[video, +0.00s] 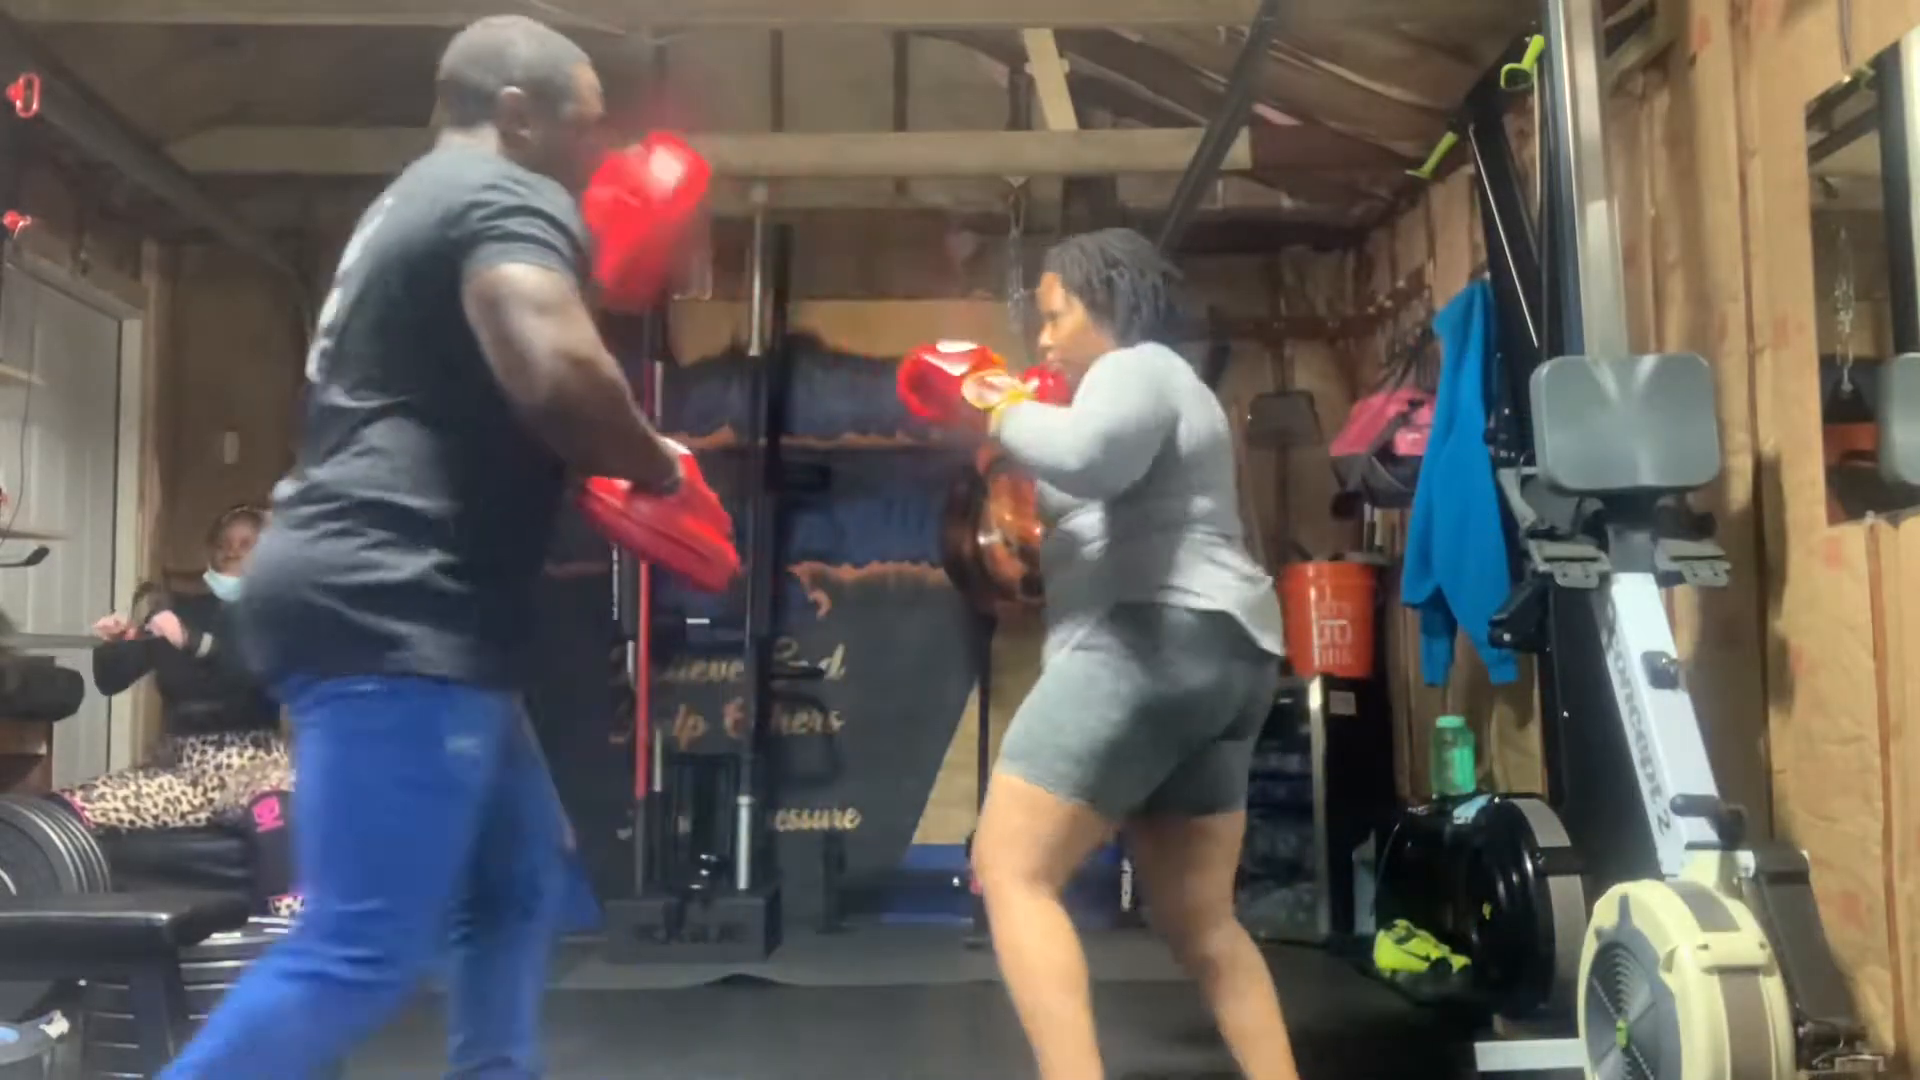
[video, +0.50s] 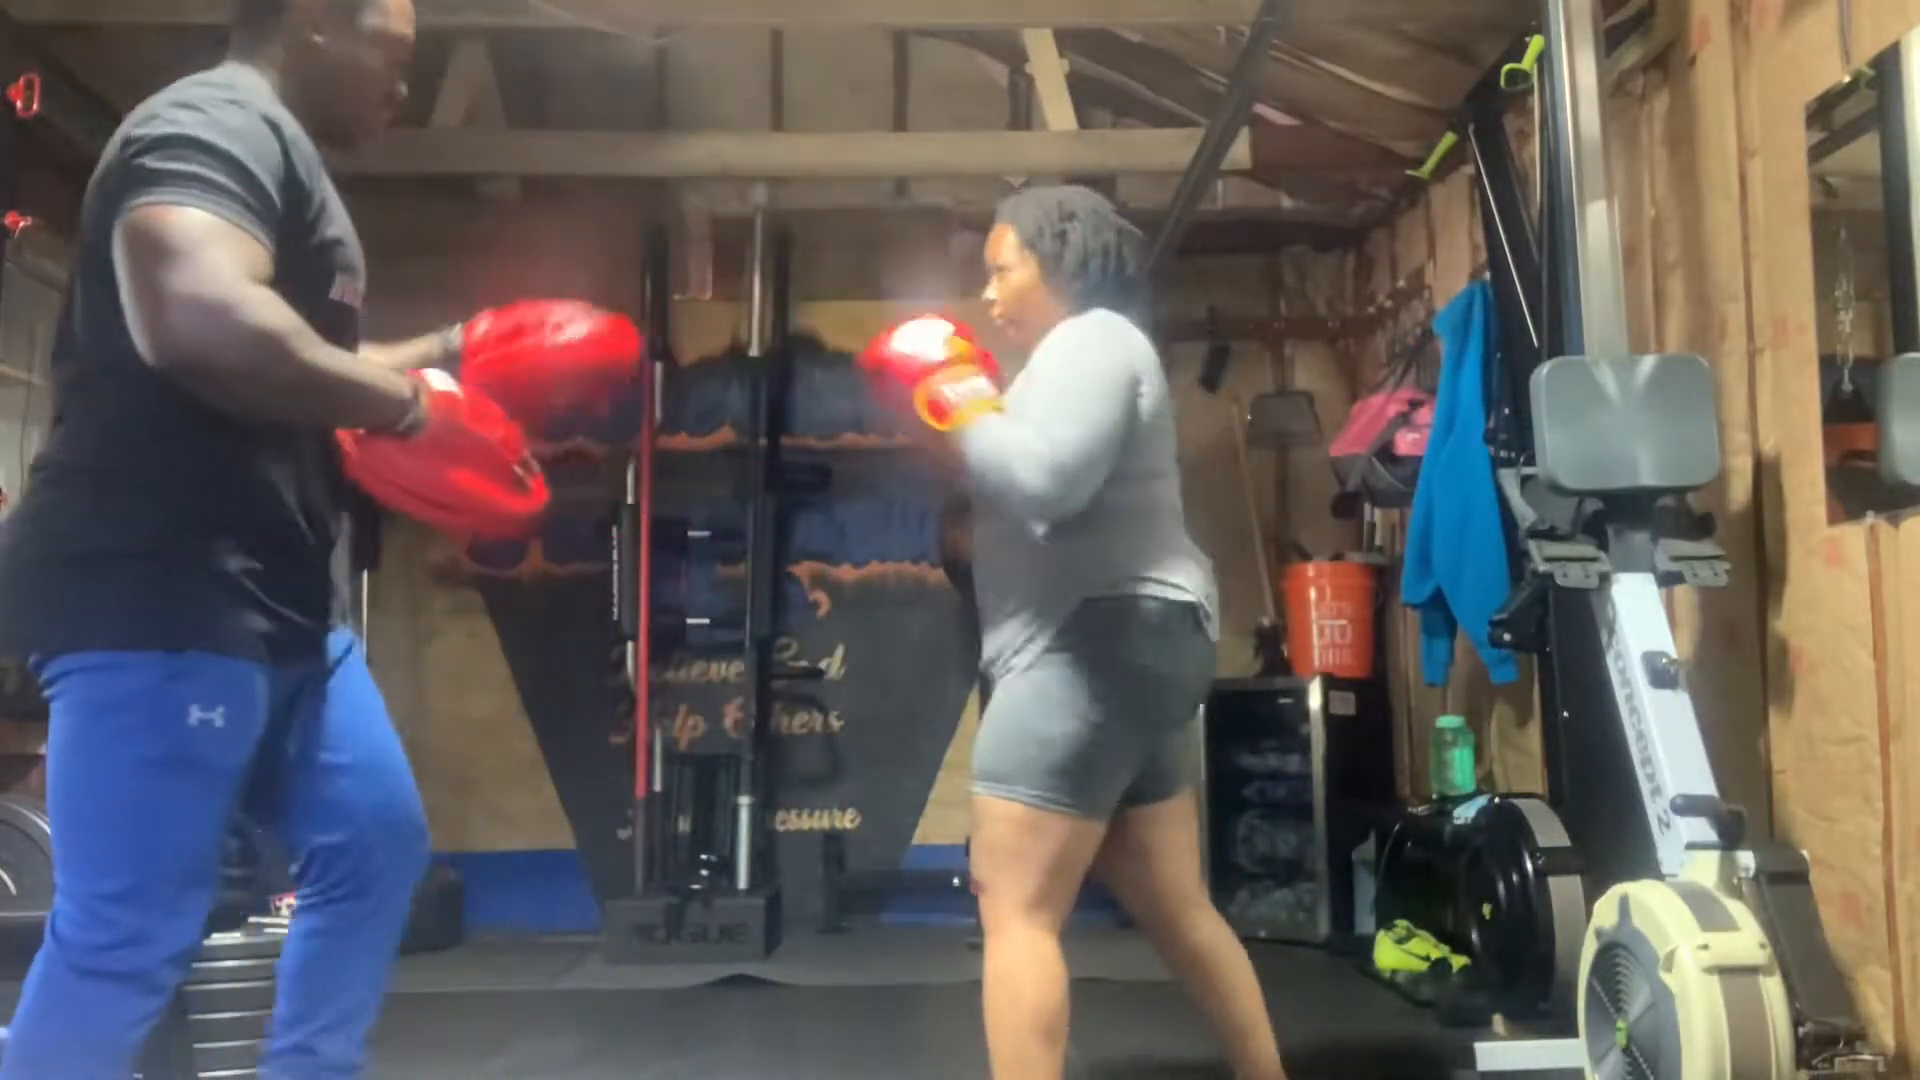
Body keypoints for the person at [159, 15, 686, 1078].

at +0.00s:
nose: (596, 144)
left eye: (598, 122)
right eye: (587, 119)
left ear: (472, 107)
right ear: (521, 111)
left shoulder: (422, 197)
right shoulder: (502, 194)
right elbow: (556, 376)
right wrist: (653, 460)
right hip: (390, 605)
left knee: (520, 889)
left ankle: (492, 1070)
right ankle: (189, 1073)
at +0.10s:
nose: (571, 140)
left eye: (572, 114)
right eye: (560, 111)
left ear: (469, 104)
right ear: (483, 99)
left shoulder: (418, 185)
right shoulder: (442, 179)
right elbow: (490, 361)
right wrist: (612, 442)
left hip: (392, 626)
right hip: (310, 610)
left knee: (474, 887)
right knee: (229, 951)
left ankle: (472, 1070)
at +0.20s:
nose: (527, 124)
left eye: (530, 100)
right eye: (517, 95)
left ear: (436, 85)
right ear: (440, 80)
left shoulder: (426, 192)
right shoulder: (374, 153)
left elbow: (501, 340)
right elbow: (409, 340)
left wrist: (587, 218)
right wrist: (564, 421)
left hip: (340, 626)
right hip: (235, 603)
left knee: (410, 901)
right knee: (157, 944)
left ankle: (440, 1076)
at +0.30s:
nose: (483, 102)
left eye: (485, 75)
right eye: (470, 67)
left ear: (391, 48)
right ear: (389, 45)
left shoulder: (368, 177)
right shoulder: (302, 138)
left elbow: (462, 324)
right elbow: (322, 330)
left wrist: (578, 234)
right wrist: (506, 407)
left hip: (297, 618)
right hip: (185, 603)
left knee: (363, 897)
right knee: (124, 943)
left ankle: (407, 1075)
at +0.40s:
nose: (435, 91)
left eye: (439, 66)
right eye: (429, 56)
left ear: (342, 33)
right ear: (349, 25)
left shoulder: (319, 172)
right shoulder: (249, 126)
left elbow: (373, 337)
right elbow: (251, 323)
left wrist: (520, 286)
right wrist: (449, 407)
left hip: (286, 624)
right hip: (162, 612)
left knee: (370, 855)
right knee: (118, 941)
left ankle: (384, 1071)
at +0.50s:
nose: (404, 92)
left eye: (408, 67)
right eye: (396, 55)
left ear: (314, 30)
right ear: (316, 23)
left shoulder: (285, 167)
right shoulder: (213, 114)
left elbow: (289, 372)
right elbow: (195, 318)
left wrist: (453, 351)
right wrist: (404, 402)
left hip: (282, 608)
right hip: (158, 605)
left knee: (374, 850)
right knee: (122, 940)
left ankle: (307, 1068)